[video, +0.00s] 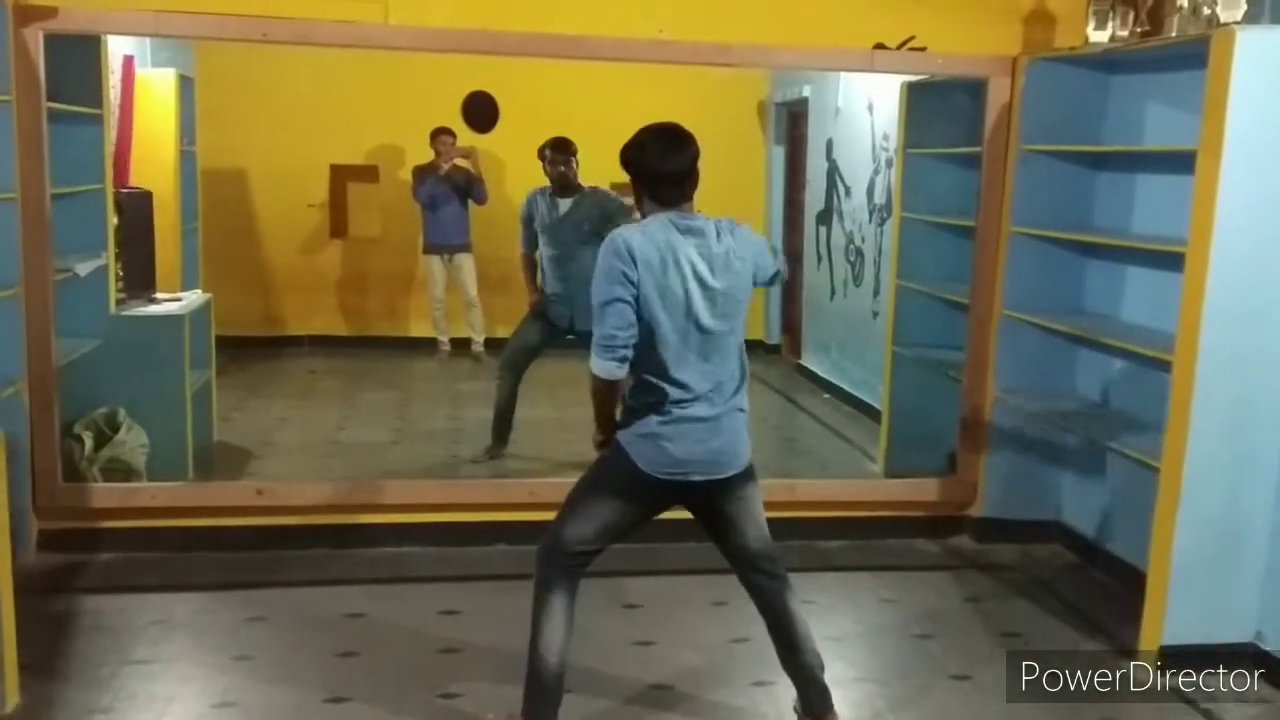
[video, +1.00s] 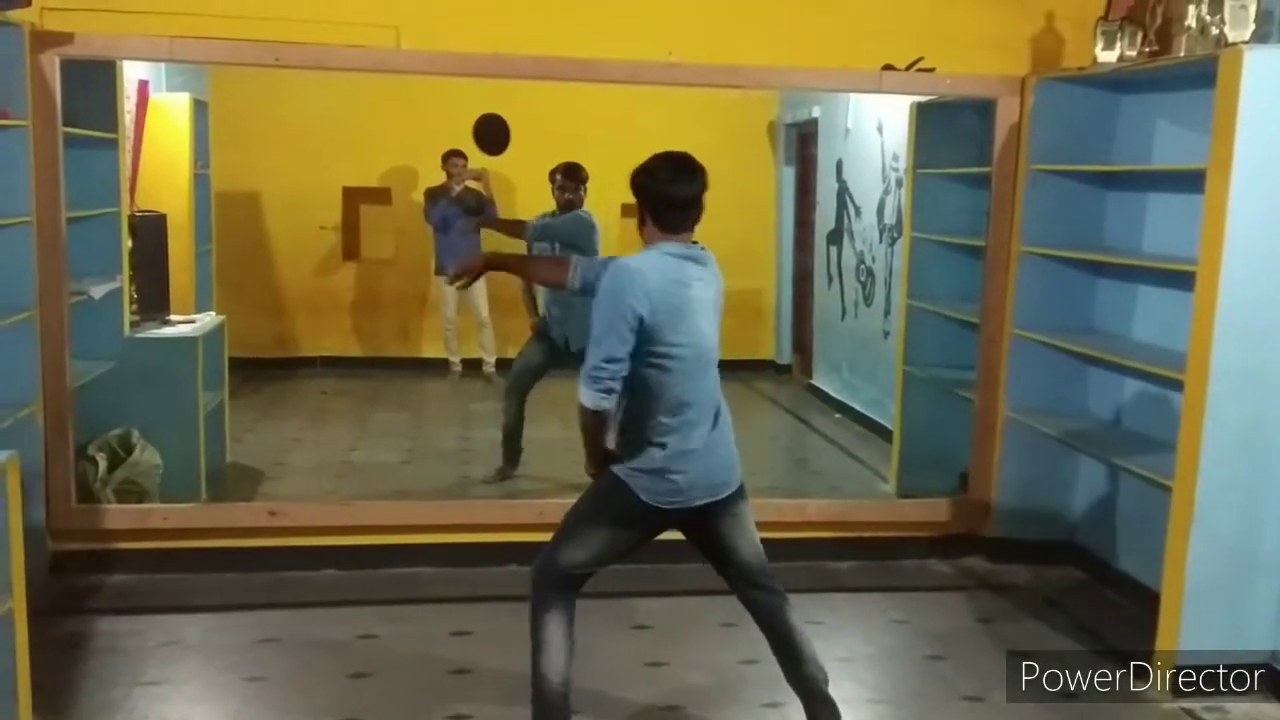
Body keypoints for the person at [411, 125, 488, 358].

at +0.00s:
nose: (446, 148)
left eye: (450, 144)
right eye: (441, 143)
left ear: (455, 147)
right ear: (433, 146)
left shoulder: (462, 172)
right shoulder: (422, 171)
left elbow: (481, 198)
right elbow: (421, 197)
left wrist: (475, 167)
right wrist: (440, 172)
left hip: (461, 245)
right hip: (434, 246)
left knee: (471, 297)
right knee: (437, 298)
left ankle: (477, 344)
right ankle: (443, 343)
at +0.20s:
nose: (449, 155)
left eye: (453, 151)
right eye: (445, 150)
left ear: (459, 153)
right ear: (436, 153)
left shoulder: (465, 180)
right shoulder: (425, 178)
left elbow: (484, 205)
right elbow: (423, 204)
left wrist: (478, 176)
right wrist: (444, 179)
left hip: (464, 252)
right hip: (437, 253)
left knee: (475, 304)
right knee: (441, 305)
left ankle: (481, 351)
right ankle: (446, 350)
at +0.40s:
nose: (452, 162)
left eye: (456, 157)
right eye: (448, 157)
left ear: (462, 160)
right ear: (439, 159)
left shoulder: (469, 186)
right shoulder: (429, 185)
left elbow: (487, 212)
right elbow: (427, 210)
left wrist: (482, 183)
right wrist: (447, 185)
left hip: (467, 257)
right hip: (440, 259)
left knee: (478, 310)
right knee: (444, 311)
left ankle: (484, 357)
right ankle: (449, 356)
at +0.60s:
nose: (455, 167)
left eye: (459, 162)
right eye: (450, 162)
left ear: (464, 165)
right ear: (442, 164)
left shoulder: (472, 191)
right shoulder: (431, 190)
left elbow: (490, 217)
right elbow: (429, 215)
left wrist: (484, 187)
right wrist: (451, 189)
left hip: (470, 262)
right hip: (443, 264)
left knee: (480, 315)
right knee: (447, 316)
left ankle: (486, 362)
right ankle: (452, 361)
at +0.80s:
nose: (457, 170)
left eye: (461, 166)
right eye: (452, 165)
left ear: (466, 168)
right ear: (444, 167)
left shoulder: (474, 194)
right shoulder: (433, 192)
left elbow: (492, 219)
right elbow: (431, 217)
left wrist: (486, 190)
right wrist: (452, 192)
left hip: (472, 265)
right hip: (445, 266)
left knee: (482, 316)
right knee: (448, 318)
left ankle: (488, 364)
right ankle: (454, 364)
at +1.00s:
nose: (457, 171)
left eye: (461, 166)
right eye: (453, 166)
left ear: (467, 169)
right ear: (444, 168)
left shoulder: (474, 196)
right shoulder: (434, 194)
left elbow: (491, 218)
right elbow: (432, 219)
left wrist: (486, 187)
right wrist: (452, 193)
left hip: (473, 263)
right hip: (446, 265)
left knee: (483, 318)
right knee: (449, 319)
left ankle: (489, 364)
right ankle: (454, 363)